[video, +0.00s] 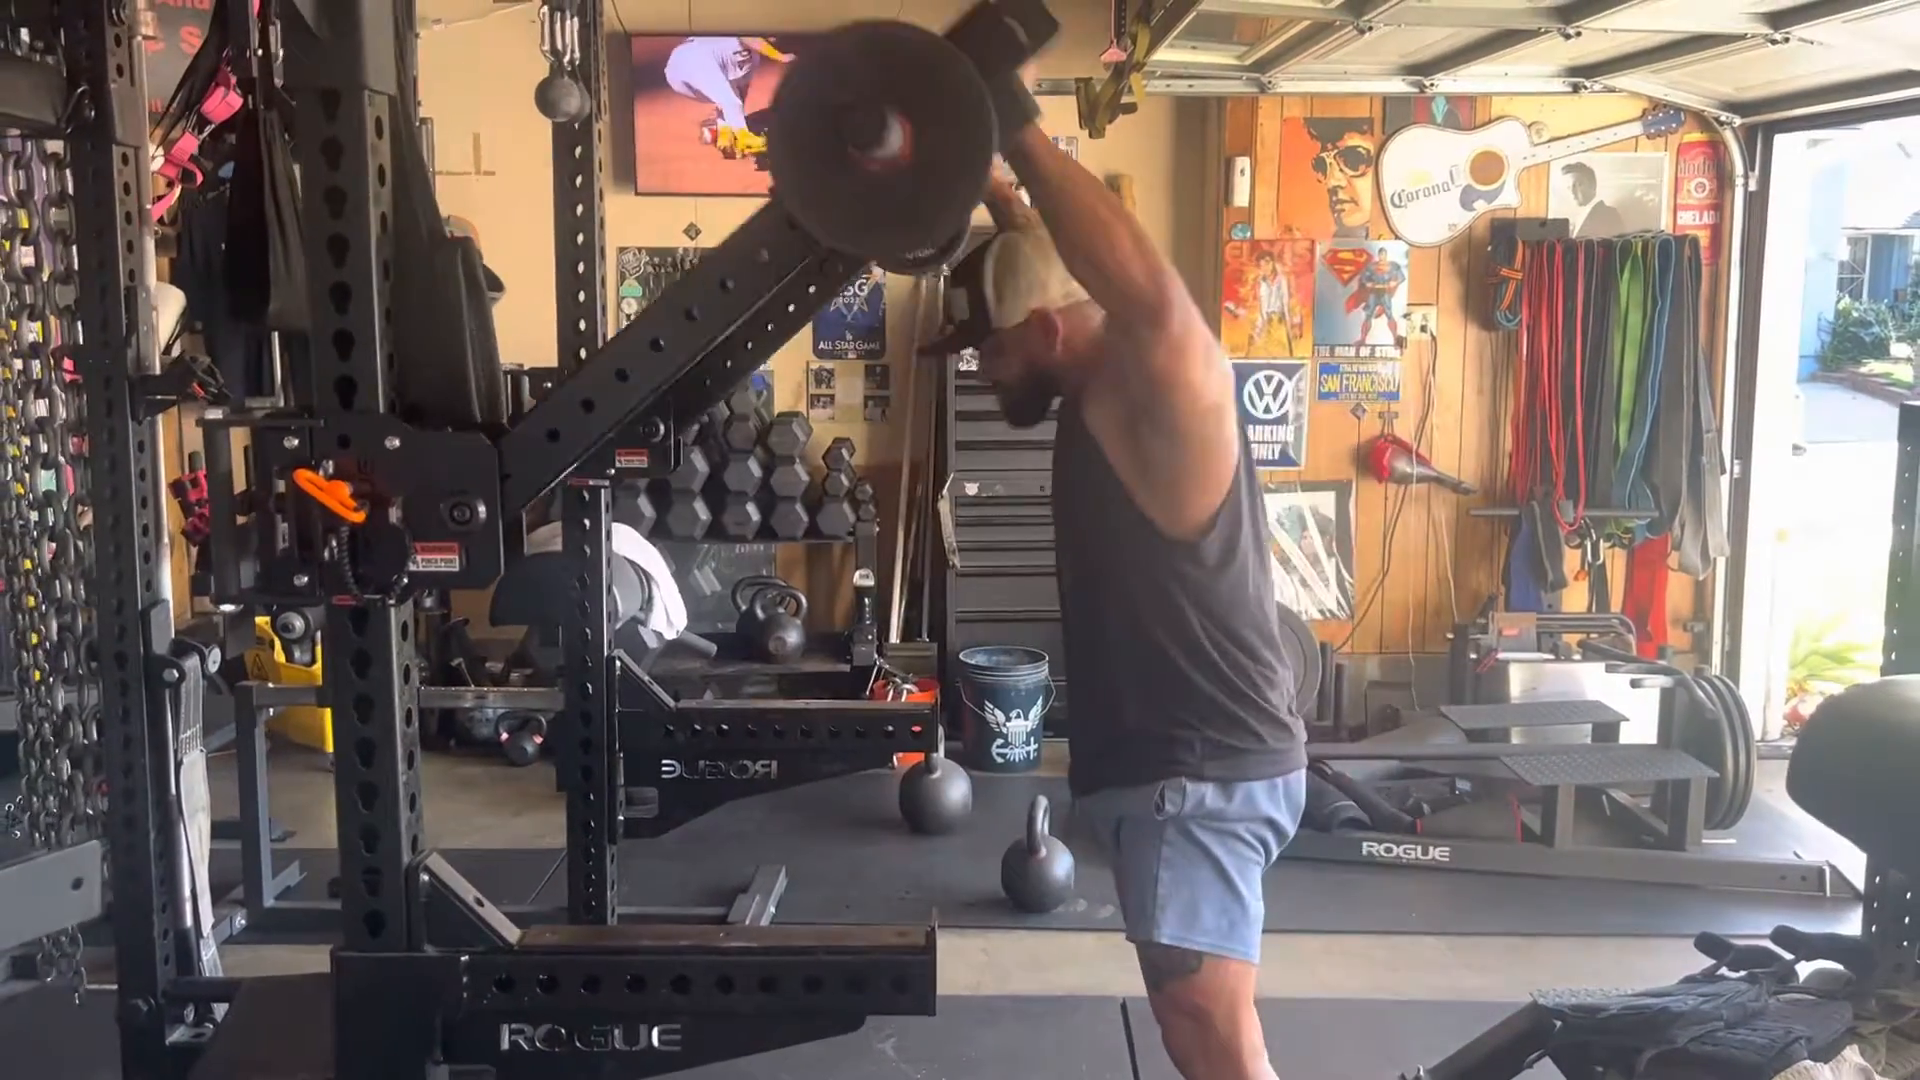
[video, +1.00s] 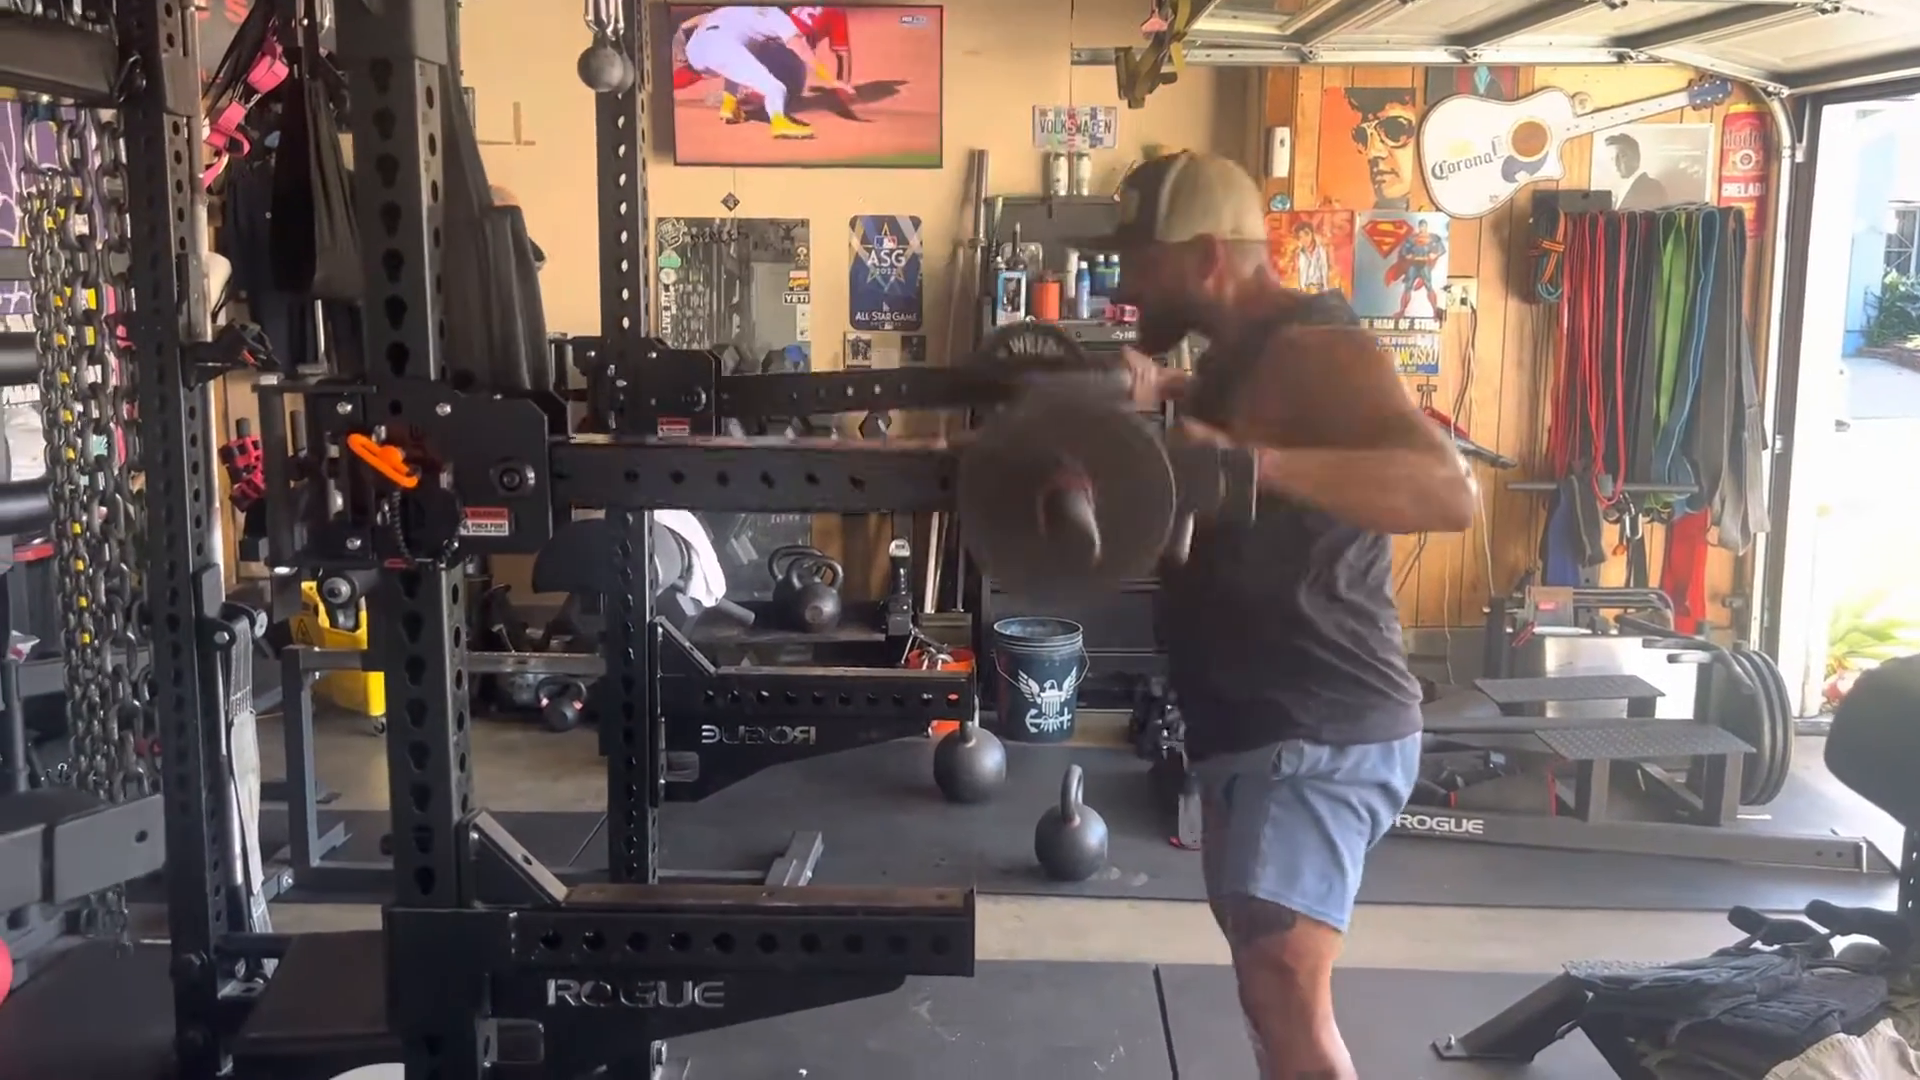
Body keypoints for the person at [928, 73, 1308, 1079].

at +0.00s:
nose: (985, 373)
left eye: (989, 346)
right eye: (980, 352)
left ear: (1046, 317)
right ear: (1051, 319)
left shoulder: (1156, 358)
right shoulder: (1110, 377)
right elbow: (1060, 276)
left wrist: (1012, 123)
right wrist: (998, 191)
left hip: (1200, 774)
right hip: (1175, 768)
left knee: (1209, 1031)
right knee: (1206, 1020)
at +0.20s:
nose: (958, 417)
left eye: (947, 400)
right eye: (948, 410)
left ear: (974, 367)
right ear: (986, 374)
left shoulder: (1095, 378)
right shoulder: (1072, 401)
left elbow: (989, 210)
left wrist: (887, 29)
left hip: (1210, 766)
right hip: (1173, 758)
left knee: (1217, 1030)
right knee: (1205, 1017)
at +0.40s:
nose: (968, 391)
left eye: (967, 370)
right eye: (960, 377)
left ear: (1003, 344)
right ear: (1003, 350)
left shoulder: (1105, 370)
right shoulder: (1092, 398)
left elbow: (1009, 212)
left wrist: (898, 30)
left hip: (1197, 769)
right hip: (1187, 760)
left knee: (1218, 1030)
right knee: (1207, 1014)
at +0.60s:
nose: (998, 350)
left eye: (1004, 326)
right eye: (994, 330)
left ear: (1062, 309)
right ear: (1065, 307)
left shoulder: (1166, 373)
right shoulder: (1114, 369)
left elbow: (1109, 232)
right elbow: (1048, 220)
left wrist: (988, 48)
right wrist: (961, 105)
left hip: (1217, 760)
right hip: (1182, 753)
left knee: (1225, 1019)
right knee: (1219, 1006)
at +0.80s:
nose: (1060, 340)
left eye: (1061, 317)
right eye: (1044, 321)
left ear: (1094, 289)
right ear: (1115, 268)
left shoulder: (1199, 362)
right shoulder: (1148, 362)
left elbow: (1298, 388)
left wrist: (1162, 218)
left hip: (1249, 751)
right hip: (1212, 744)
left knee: (1260, 1022)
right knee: (1251, 1011)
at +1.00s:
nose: (1125, 279)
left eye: (1139, 252)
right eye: (1126, 254)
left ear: (1210, 256)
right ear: (1211, 259)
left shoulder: (1319, 349)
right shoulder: (1211, 376)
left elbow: (1449, 493)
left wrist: (1248, 462)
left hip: (1318, 734)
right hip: (1251, 730)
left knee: (1286, 1005)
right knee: (1277, 1001)